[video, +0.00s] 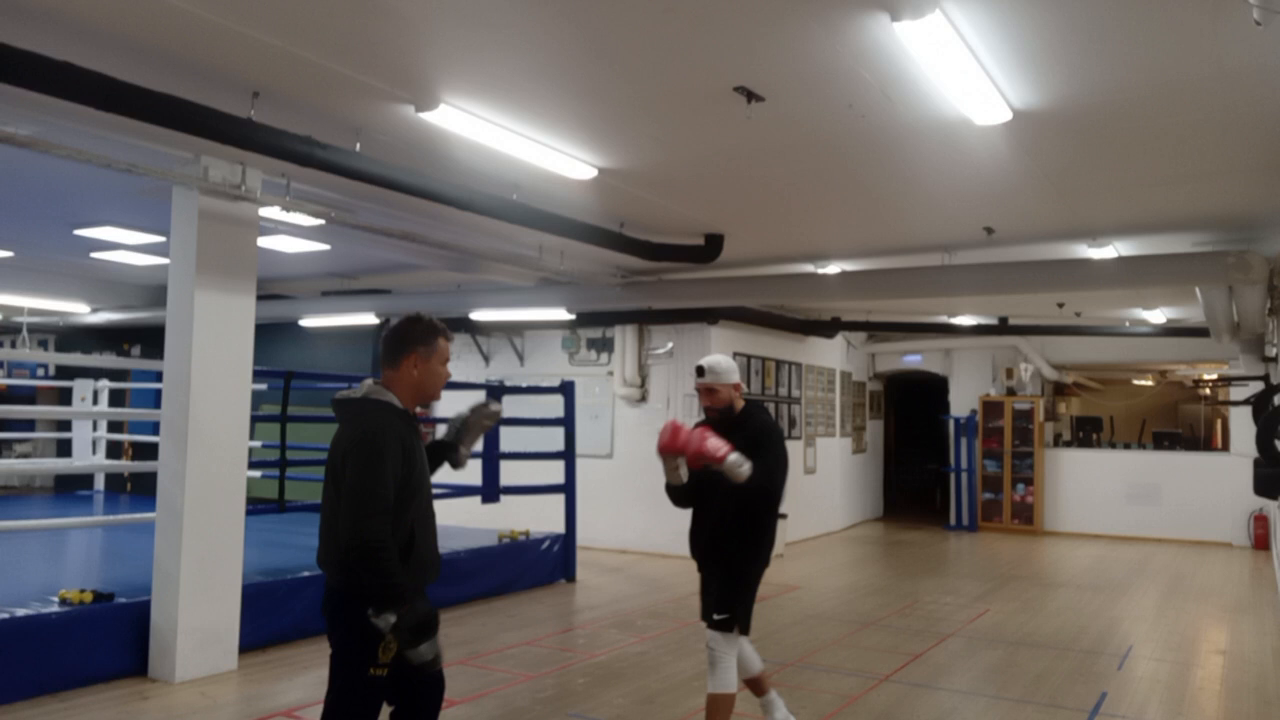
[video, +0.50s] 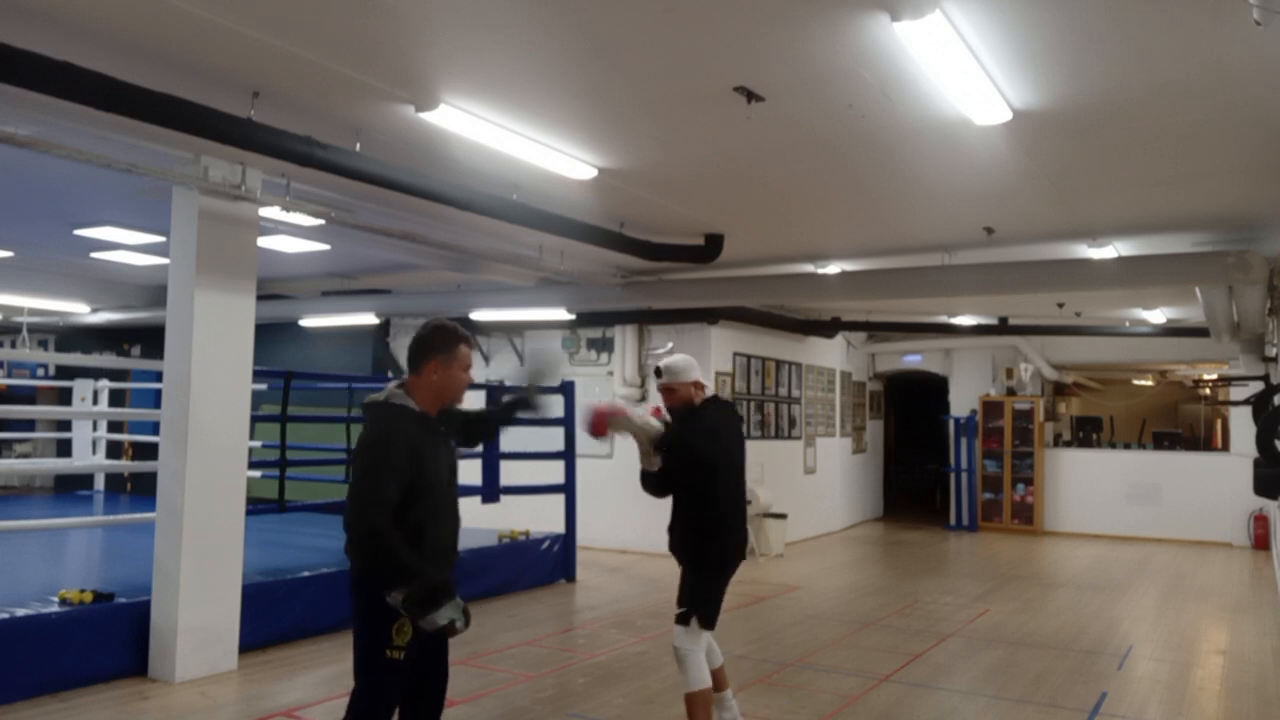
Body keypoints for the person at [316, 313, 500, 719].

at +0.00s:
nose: (448, 374)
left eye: (448, 363)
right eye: (444, 362)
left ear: (413, 364)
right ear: (415, 363)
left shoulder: (386, 416)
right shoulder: (380, 423)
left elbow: (397, 481)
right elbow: (372, 530)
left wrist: (451, 443)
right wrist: (405, 613)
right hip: (372, 599)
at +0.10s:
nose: (445, 372)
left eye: (445, 361)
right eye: (441, 360)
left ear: (410, 362)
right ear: (413, 361)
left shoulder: (381, 413)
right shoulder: (378, 421)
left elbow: (393, 469)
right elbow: (374, 526)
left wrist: (445, 431)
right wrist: (426, 601)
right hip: (370, 594)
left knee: (424, 684)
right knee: (356, 701)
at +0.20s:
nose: (444, 371)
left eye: (444, 361)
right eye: (439, 360)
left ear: (407, 362)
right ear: (410, 361)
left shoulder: (385, 415)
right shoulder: (376, 422)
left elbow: (400, 465)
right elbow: (375, 529)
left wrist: (454, 429)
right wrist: (426, 587)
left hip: (392, 589)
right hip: (372, 593)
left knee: (422, 686)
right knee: (359, 701)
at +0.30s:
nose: (447, 373)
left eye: (446, 363)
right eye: (441, 362)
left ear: (411, 364)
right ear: (411, 363)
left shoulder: (394, 418)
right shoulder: (376, 425)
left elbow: (410, 464)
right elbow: (380, 531)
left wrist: (466, 432)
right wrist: (443, 590)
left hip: (404, 587)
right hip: (376, 588)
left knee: (422, 687)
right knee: (366, 699)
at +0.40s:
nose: (458, 377)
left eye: (457, 367)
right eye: (452, 366)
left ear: (421, 367)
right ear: (421, 366)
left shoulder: (414, 417)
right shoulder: (379, 423)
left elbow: (428, 455)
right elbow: (369, 533)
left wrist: (467, 417)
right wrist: (440, 595)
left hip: (420, 588)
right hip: (381, 590)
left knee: (424, 696)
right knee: (372, 701)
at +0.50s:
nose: (470, 379)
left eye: (470, 369)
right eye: (465, 368)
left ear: (435, 371)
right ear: (433, 370)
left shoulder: (434, 417)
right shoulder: (389, 425)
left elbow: (469, 429)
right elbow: (368, 523)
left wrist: (506, 410)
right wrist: (420, 591)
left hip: (428, 583)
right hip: (384, 586)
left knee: (426, 697)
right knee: (376, 698)